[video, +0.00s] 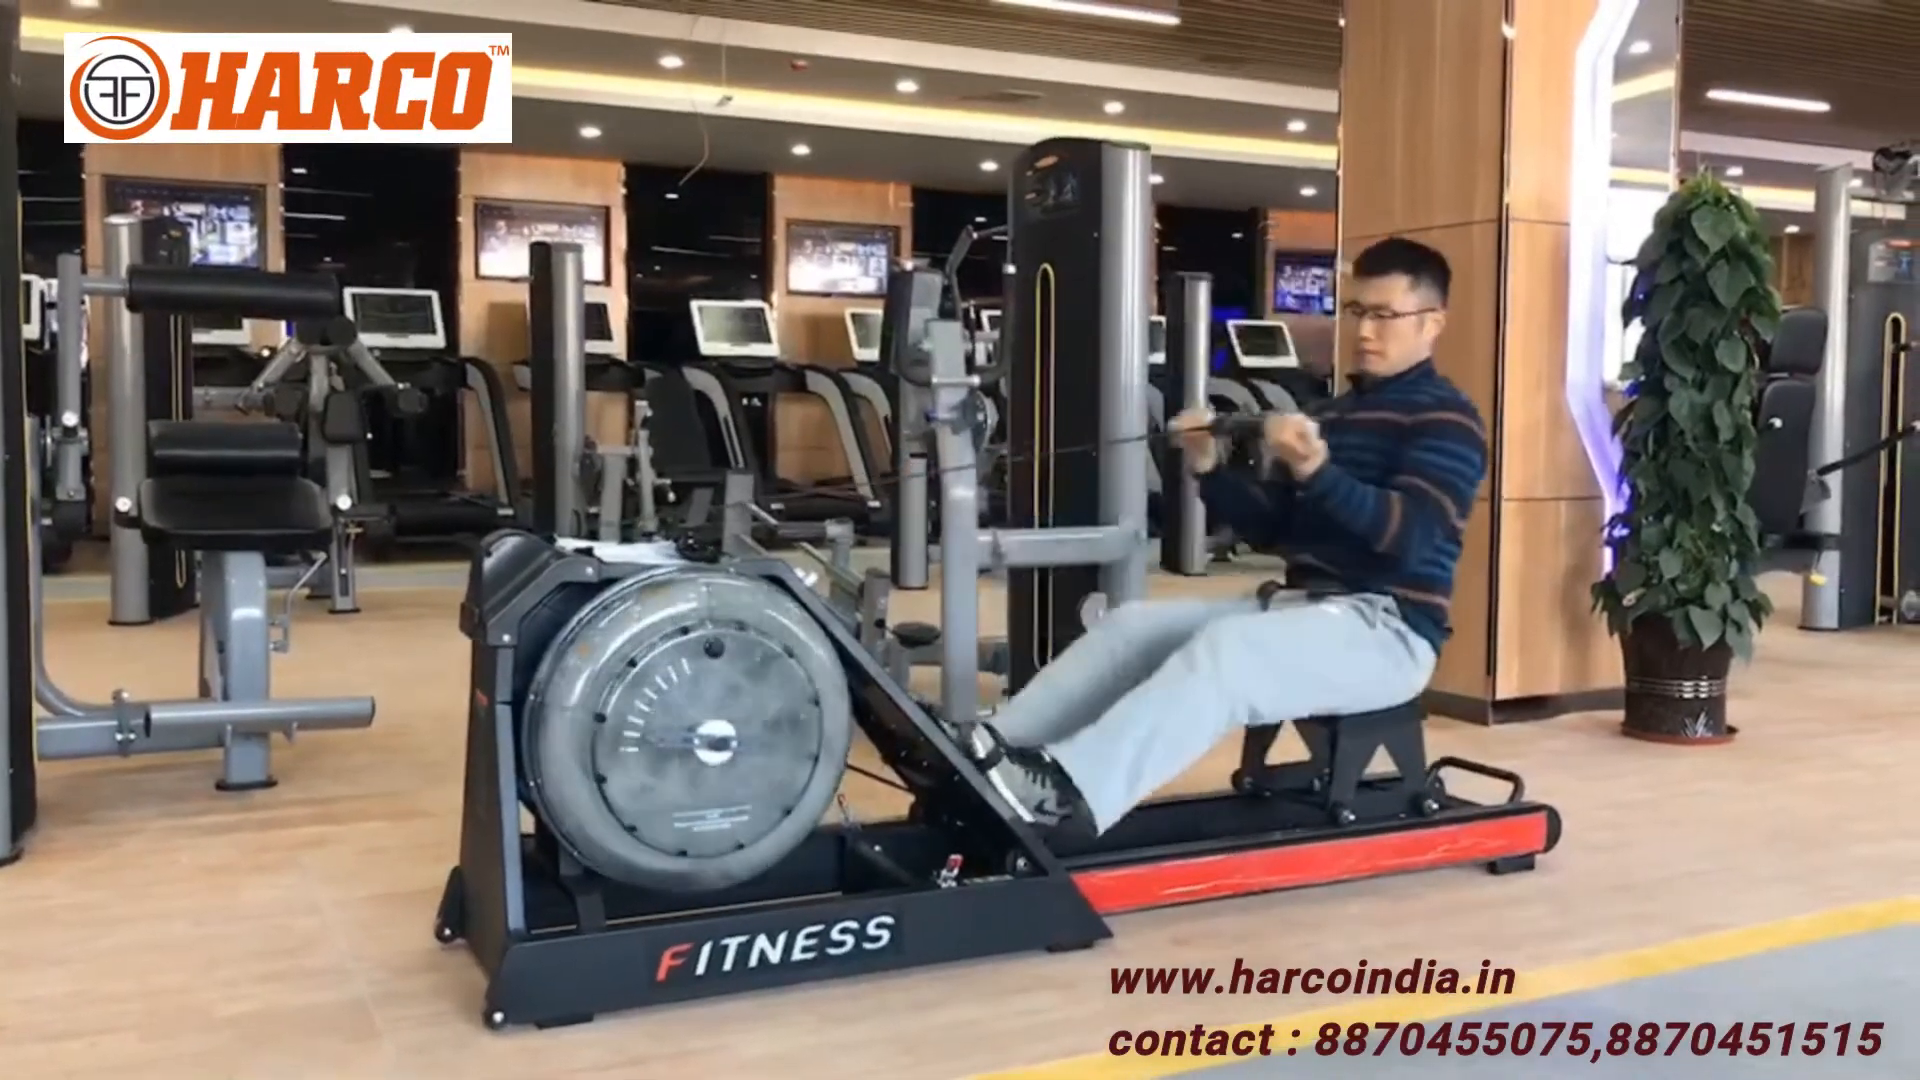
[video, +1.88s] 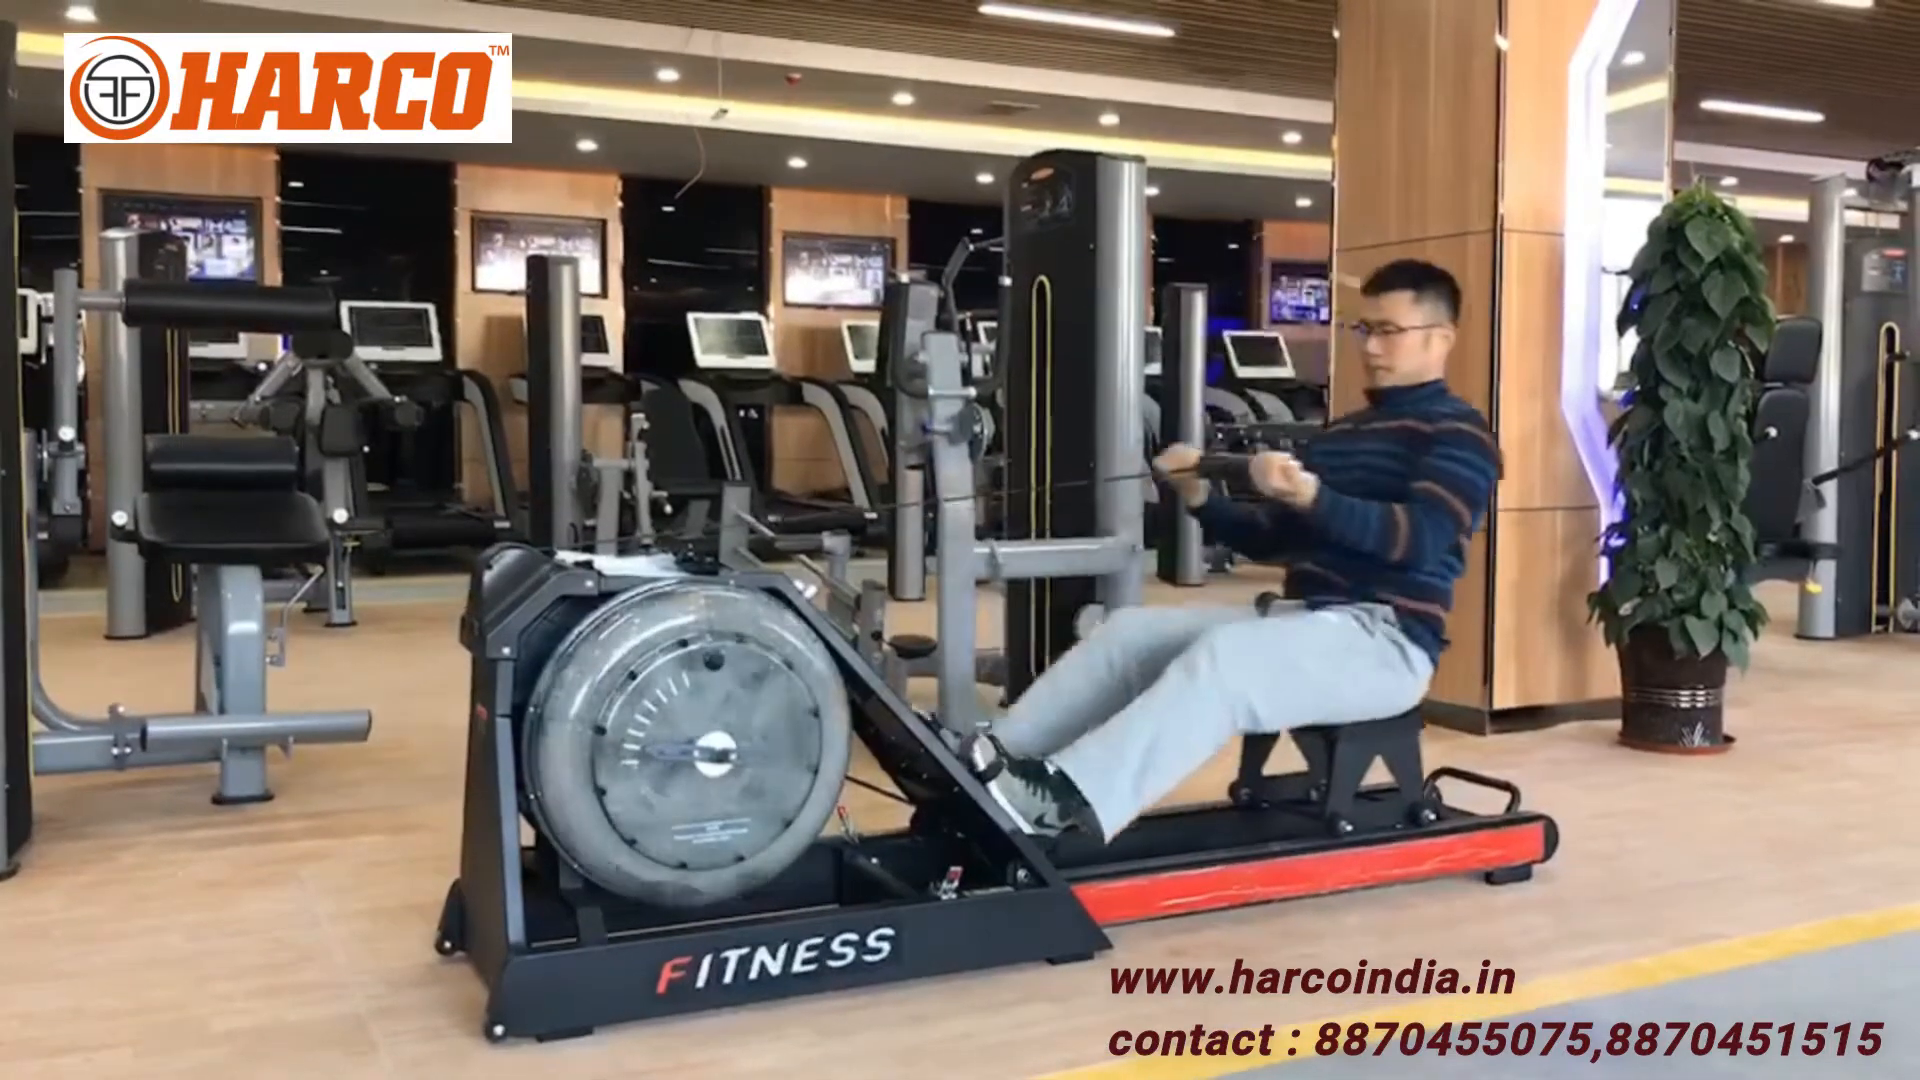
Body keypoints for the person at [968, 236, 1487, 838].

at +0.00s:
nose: (1365, 331)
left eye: (1386, 316)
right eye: (1357, 312)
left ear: (1434, 326)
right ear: (1344, 315)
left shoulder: (1448, 421)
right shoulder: (1339, 412)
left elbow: (1405, 538)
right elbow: (1278, 528)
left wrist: (1319, 474)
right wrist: (1210, 470)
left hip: (1388, 630)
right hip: (1303, 608)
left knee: (1223, 653)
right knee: (1134, 626)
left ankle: (1069, 789)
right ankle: (985, 748)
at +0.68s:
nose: (1277, 311)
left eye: (1296, 296)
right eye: (1274, 295)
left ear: (1352, 311)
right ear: (1266, 301)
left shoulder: (1382, 419)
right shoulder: (1260, 420)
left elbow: (1365, 542)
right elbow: (1202, 530)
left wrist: (1252, 501)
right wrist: (1131, 493)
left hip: (1348, 637)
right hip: (1251, 618)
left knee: (1205, 607)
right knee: (1091, 591)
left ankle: (1081, 781)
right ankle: (1000, 751)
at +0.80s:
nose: (1220, 307)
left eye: (1241, 292)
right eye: (1219, 291)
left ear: (1295, 309)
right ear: (1213, 300)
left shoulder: (1322, 416)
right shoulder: (1205, 414)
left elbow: (1264, 523)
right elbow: (1138, 504)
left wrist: (1141, 508)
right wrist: (1033, 488)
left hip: (1307, 638)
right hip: (1207, 613)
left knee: (1168, 588)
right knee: (1050, 578)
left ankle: (1058, 778)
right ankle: (973, 742)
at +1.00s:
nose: (1164, 301)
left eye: (1185, 287)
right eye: (1165, 286)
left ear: (1237, 307)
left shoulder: (1258, 404)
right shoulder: (1145, 408)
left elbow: (1158, 482)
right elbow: (1058, 474)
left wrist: (1031, 510)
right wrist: (933, 498)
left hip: (1255, 645)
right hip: (1156, 623)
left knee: (1123, 566)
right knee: (992, 556)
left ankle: (1040, 782)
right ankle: (972, 742)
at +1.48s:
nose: (1229, 310)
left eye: (1249, 297)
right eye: (1227, 297)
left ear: (1301, 315)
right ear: (1220, 306)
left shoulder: (1317, 414)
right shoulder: (1199, 416)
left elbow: (1225, 490)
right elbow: (1113, 486)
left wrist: (1104, 506)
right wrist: (997, 484)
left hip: (1285, 639)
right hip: (1190, 615)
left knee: (1146, 580)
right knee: (1038, 575)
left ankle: (1043, 787)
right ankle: (967, 750)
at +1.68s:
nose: (1301, 330)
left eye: (1320, 316)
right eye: (1297, 315)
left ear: (1375, 326)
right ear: (1289, 321)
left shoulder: (1390, 419)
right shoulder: (1273, 422)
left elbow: (1318, 510)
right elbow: (1206, 516)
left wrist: (1205, 488)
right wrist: (1103, 495)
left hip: (1340, 633)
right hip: (1252, 615)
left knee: (1191, 614)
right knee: (1087, 593)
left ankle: (1056, 789)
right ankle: (974, 752)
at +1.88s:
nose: (1372, 347)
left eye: (1392, 331)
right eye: (1366, 331)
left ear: (1444, 341)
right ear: (1359, 335)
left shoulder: (1461, 435)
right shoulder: (1346, 432)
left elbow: (1417, 540)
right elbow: (1280, 538)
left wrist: (1311, 497)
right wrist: (1200, 496)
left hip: (1387, 641)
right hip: (1308, 620)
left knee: (1222, 662)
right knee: (1132, 633)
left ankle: (1070, 800)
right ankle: (990, 753)